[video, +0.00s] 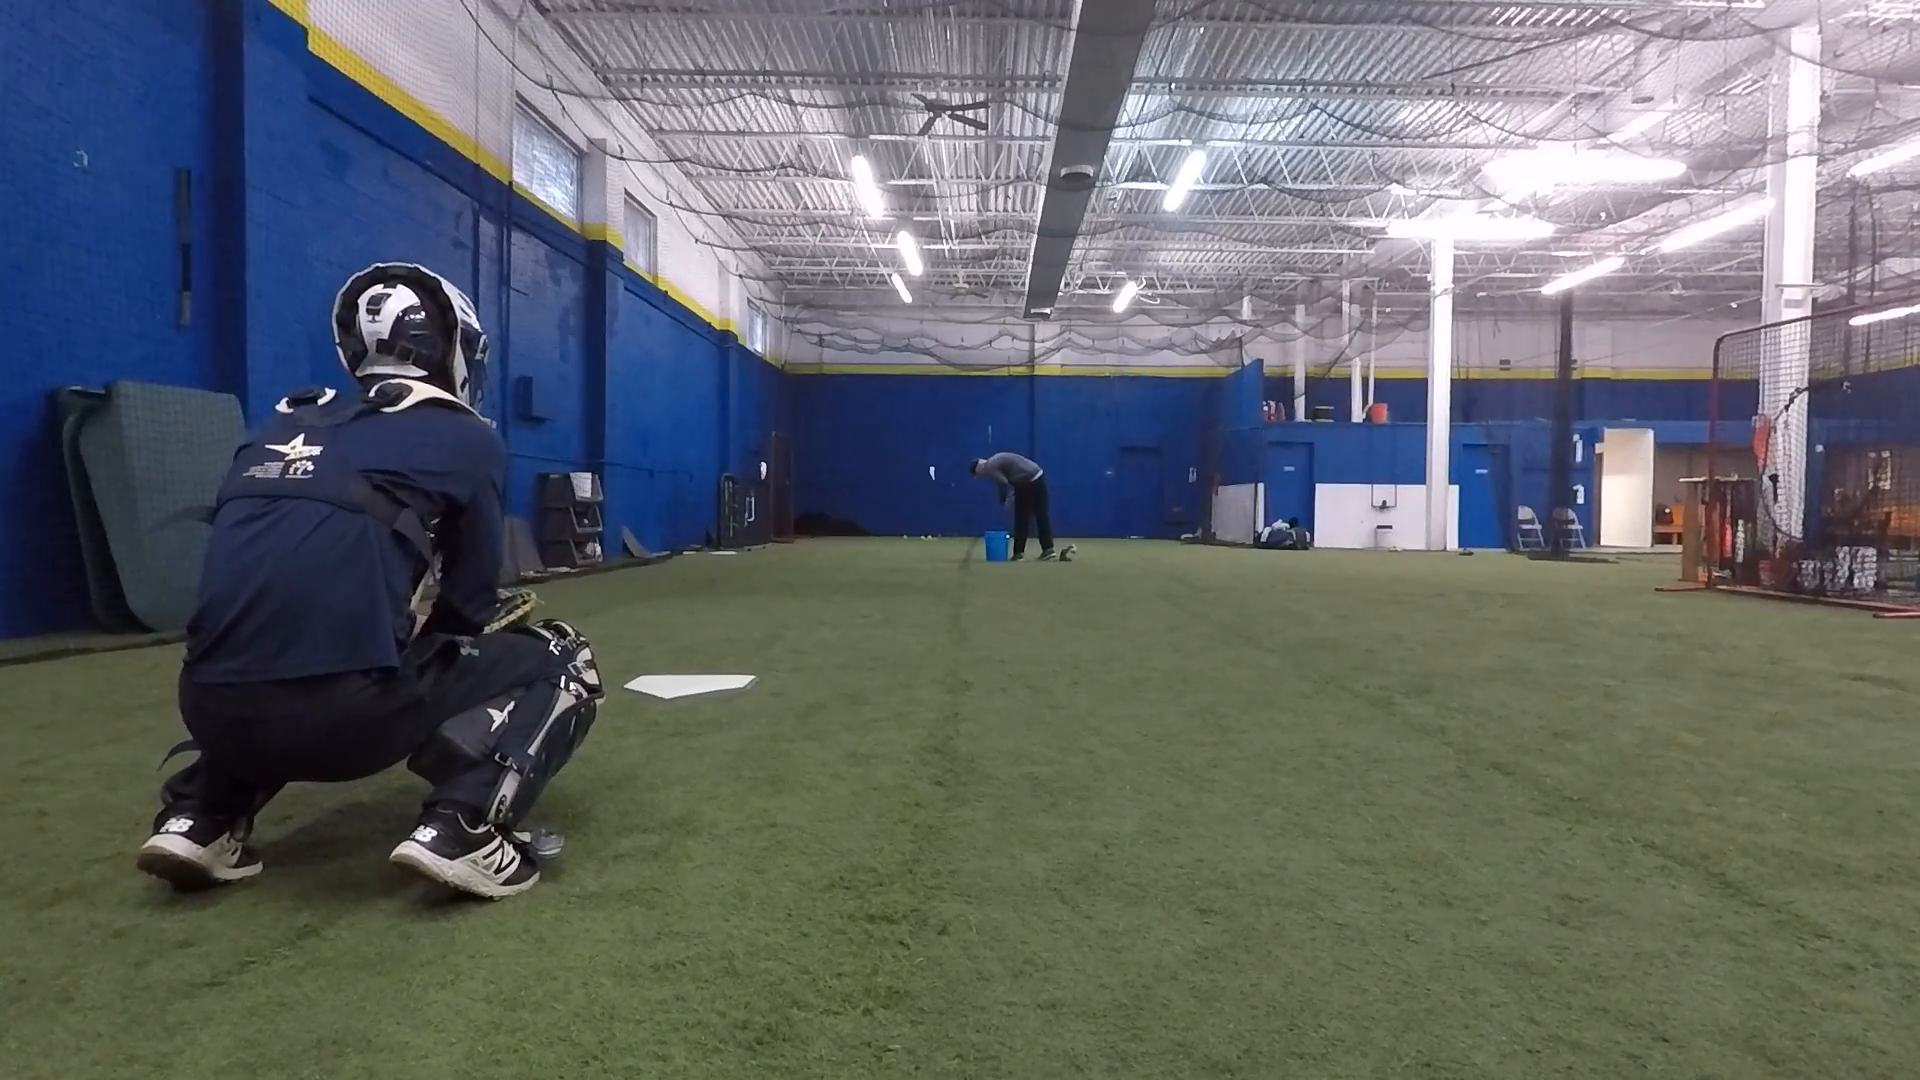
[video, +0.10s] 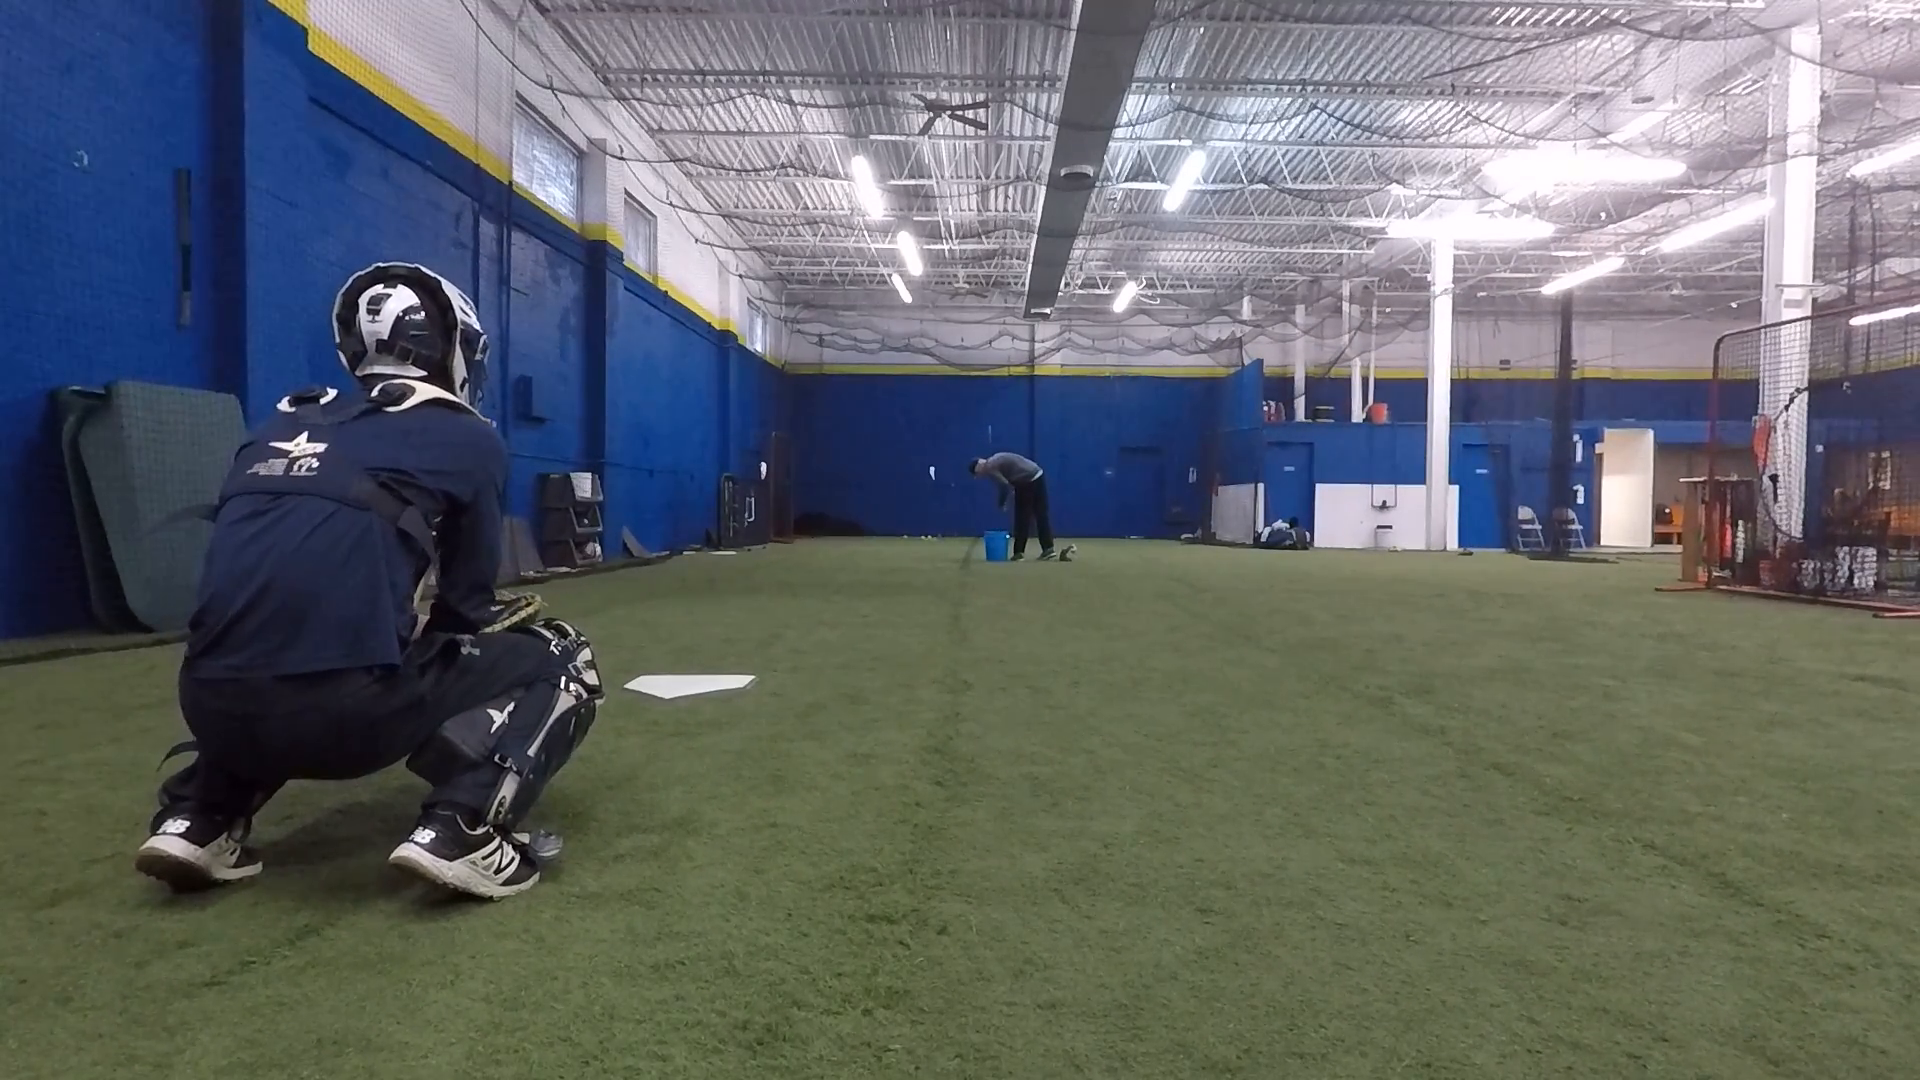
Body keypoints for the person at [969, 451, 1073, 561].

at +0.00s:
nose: (982, 476)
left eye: (979, 474)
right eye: (979, 475)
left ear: (980, 466)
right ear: (982, 463)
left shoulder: (990, 467)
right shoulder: (994, 461)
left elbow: (1004, 483)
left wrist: (1003, 499)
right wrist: (1008, 495)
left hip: (1035, 480)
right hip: (1021, 484)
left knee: (1041, 516)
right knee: (1021, 519)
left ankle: (1048, 549)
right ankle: (1018, 552)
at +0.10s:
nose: (981, 475)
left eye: (979, 473)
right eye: (978, 474)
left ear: (980, 465)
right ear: (981, 464)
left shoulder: (991, 467)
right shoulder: (992, 465)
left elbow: (1006, 485)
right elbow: (1005, 485)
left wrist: (1002, 504)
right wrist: (1002, 503)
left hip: (1035, 479)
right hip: (1021, 484)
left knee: (1041, 515)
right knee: (1021, 518)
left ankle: (1048, 549)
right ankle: (1018, 552)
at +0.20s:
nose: (981, 476)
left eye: (978, 474)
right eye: (978, 475)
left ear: (980, 465)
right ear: (981, 463)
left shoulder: (991, 467)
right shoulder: (992, 465)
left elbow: (1004, 487)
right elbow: (1002, 489)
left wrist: (1000, 510)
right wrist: (1000, 510)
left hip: (1035, 479)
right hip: (1021, 484)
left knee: (1041, 516)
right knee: (1021, 519)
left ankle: (1048, 549)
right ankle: (1018, 552)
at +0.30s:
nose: (981, 476)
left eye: (979, 473)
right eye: (979, 475)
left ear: (980, 466)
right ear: (981, 466)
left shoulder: (992, 467)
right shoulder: (991, 467)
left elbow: (999, 492)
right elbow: (999, 492)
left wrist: (999, 516)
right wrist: (998, 516)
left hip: (1035, 479)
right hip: (1021, 484)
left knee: (1041, 515)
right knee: (1021, 518)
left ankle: (1048, 548)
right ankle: (1018, 552)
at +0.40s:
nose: (982, 478)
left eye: (980, 476)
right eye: (979, 477)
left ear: (980, 469)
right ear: (980, 468)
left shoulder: (993, 468)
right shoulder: (991, 471)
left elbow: (998, 497)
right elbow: (997, 498)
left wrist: (999, 521)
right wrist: (998, 521)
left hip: (1036, 480)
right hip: (1021, 485)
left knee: (1042, 516)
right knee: (1021, 519)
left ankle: (1048, 549)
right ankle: (1018, 552)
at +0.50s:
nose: (982, 480)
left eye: (980, 478)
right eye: (980, 479)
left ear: (980, 471)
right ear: (980, 473)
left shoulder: (995, 468)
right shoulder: (992, 474)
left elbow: (998, 500)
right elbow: (997, 499)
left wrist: (998, 524)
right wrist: (998, 524)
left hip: (1036, 480)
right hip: (1021, 485)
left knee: (1042, 516)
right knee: (1021, 519)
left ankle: (1048, 549)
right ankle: (1018, 552)